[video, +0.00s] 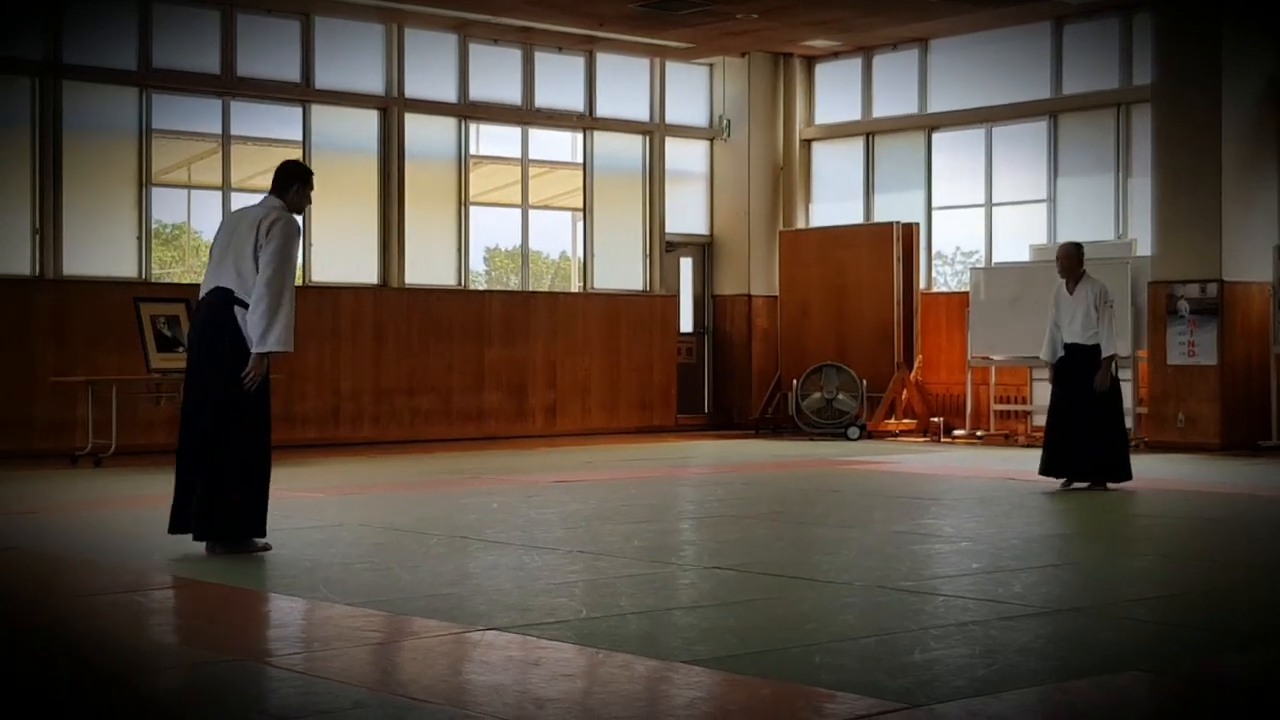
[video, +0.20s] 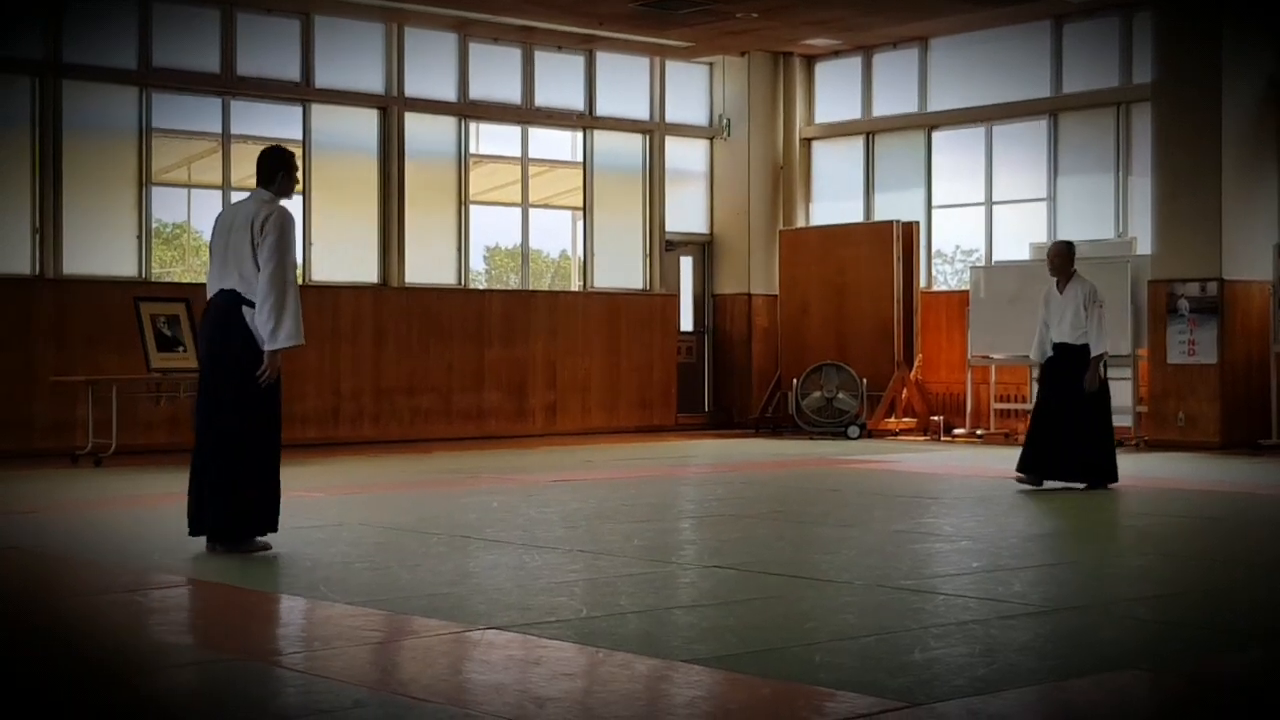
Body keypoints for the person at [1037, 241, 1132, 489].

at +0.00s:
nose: (1058, 266)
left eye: (1062, 261)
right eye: (1056, 261)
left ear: (1078, 261)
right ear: (1059, 263)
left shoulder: (1097, 289)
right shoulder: (1060, 291)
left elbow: (1107, 329)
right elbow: (1054, 328)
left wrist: (1106, 366)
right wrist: (1051, 362)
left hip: (1093, 356)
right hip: (1068, 357)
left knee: (1096, 418)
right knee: (1067, 417)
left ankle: (1099, 475)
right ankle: (1070, 472)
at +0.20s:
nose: (1049, 263)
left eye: (1054, 258)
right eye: (1048, 258)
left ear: (1070, 260)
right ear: (1049, 261)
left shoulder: (1086, 289)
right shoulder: (1050, 291)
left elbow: (1097, 329)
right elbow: (1043, 328)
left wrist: (1095, 366)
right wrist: (1040, 363)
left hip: (1083, 357)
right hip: (1057, 357)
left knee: (1090, 418)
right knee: (1045, 414)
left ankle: (1098, 475)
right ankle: (1036, 472)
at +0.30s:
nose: (1042, 262)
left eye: (1048, 257)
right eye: (1041, 257)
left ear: (1063, 260)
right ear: (1042, 260)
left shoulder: (1079, 289)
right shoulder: (1041, 293)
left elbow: (1089, 329)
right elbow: (1034, 329)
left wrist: (1089, 366)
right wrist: (1031, 363)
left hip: (1075, 358)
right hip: (1048, 358)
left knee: (1084, 417)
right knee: (1037, 415)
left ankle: (1093, 474)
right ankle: (1023, 472)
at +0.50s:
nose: (1024, 259)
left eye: (1029, 255)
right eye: (1023, 254)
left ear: (1043, 257)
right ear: (1022, 256)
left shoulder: (1060, 287)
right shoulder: (1020, 292)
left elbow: (1073, 328)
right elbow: (1012, 330)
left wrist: (1074, 365)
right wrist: (1009, 367)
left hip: (1052, 357)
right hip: (1025, 357)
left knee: (1069, 416)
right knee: (1022, 417)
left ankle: (1094, 466)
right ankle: (1020, 477)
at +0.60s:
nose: (1012, 258)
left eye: (1017, 253)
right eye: (1012, 253)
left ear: (1032, 257)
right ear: (1013, 256)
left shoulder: (1049, 287)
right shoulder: (1009, 292)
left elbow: (1063, 326)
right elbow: (1000, 329)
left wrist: (1066, 363)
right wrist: (989, 364)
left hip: (1040, 357)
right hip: (1014, 357)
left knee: (1047, 416)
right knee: (1014, 417)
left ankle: (1080, 459)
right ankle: (1017, 478)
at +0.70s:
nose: (1002, 257)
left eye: (1007, 252)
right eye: (1003, 253)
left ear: (1021, 256)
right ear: (1006, 256)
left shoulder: (1040, 286)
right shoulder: (1003, 289)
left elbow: (1053, 325)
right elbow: (992, 323)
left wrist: (1056, 363)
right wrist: (972, 346)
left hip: (1032, 355)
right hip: (1008, 355)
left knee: (1030, 415)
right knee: (1008, 416)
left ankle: (1058, 463)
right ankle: (1019, 477)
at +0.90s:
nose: (985, 263)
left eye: (990, 257)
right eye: (984, 257)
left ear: (1004, 257)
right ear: (984, 259)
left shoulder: (1024, 287)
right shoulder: (985, 289)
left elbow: (1037, 327)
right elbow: (962, 311)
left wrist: (1038, 365)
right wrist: (959, 288)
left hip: (1016, 356)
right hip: (994, 355)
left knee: (1016, 416)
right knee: (990, 415)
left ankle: (1019, 476)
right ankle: (989, 475)